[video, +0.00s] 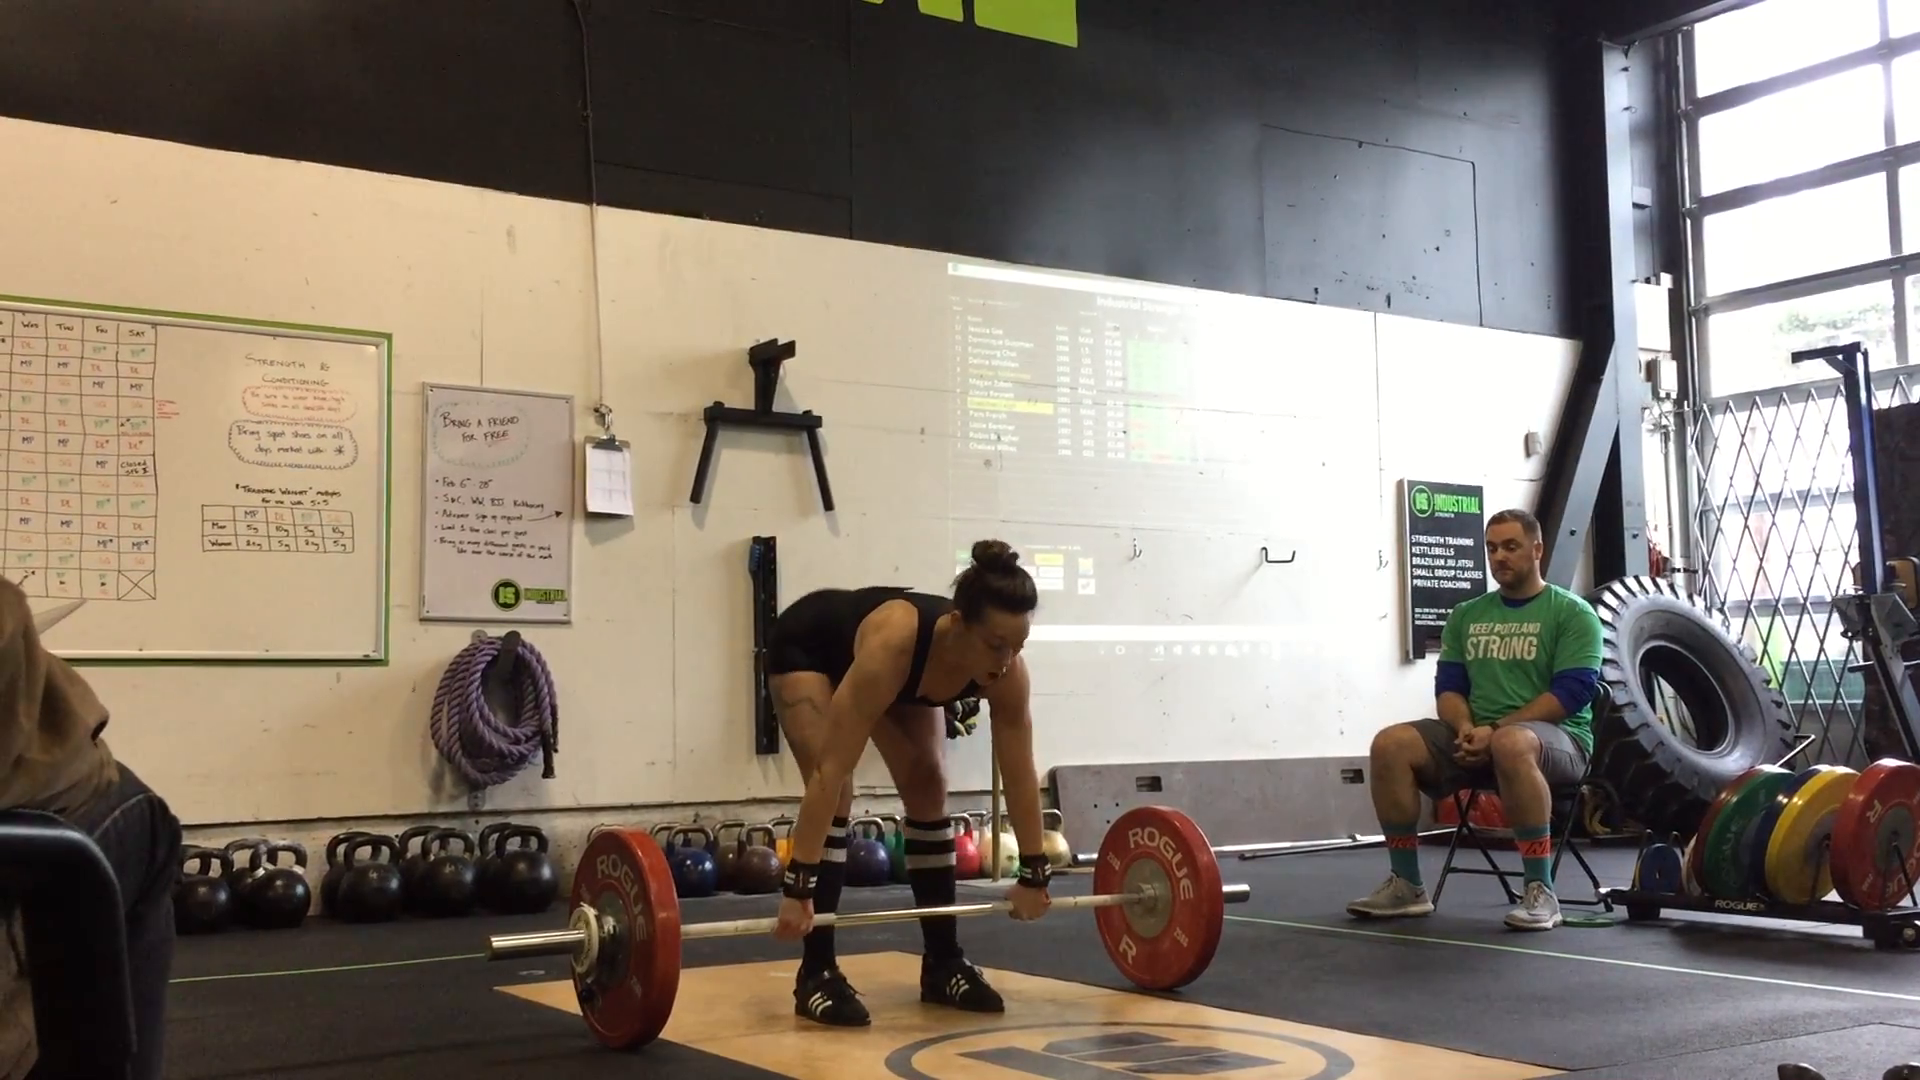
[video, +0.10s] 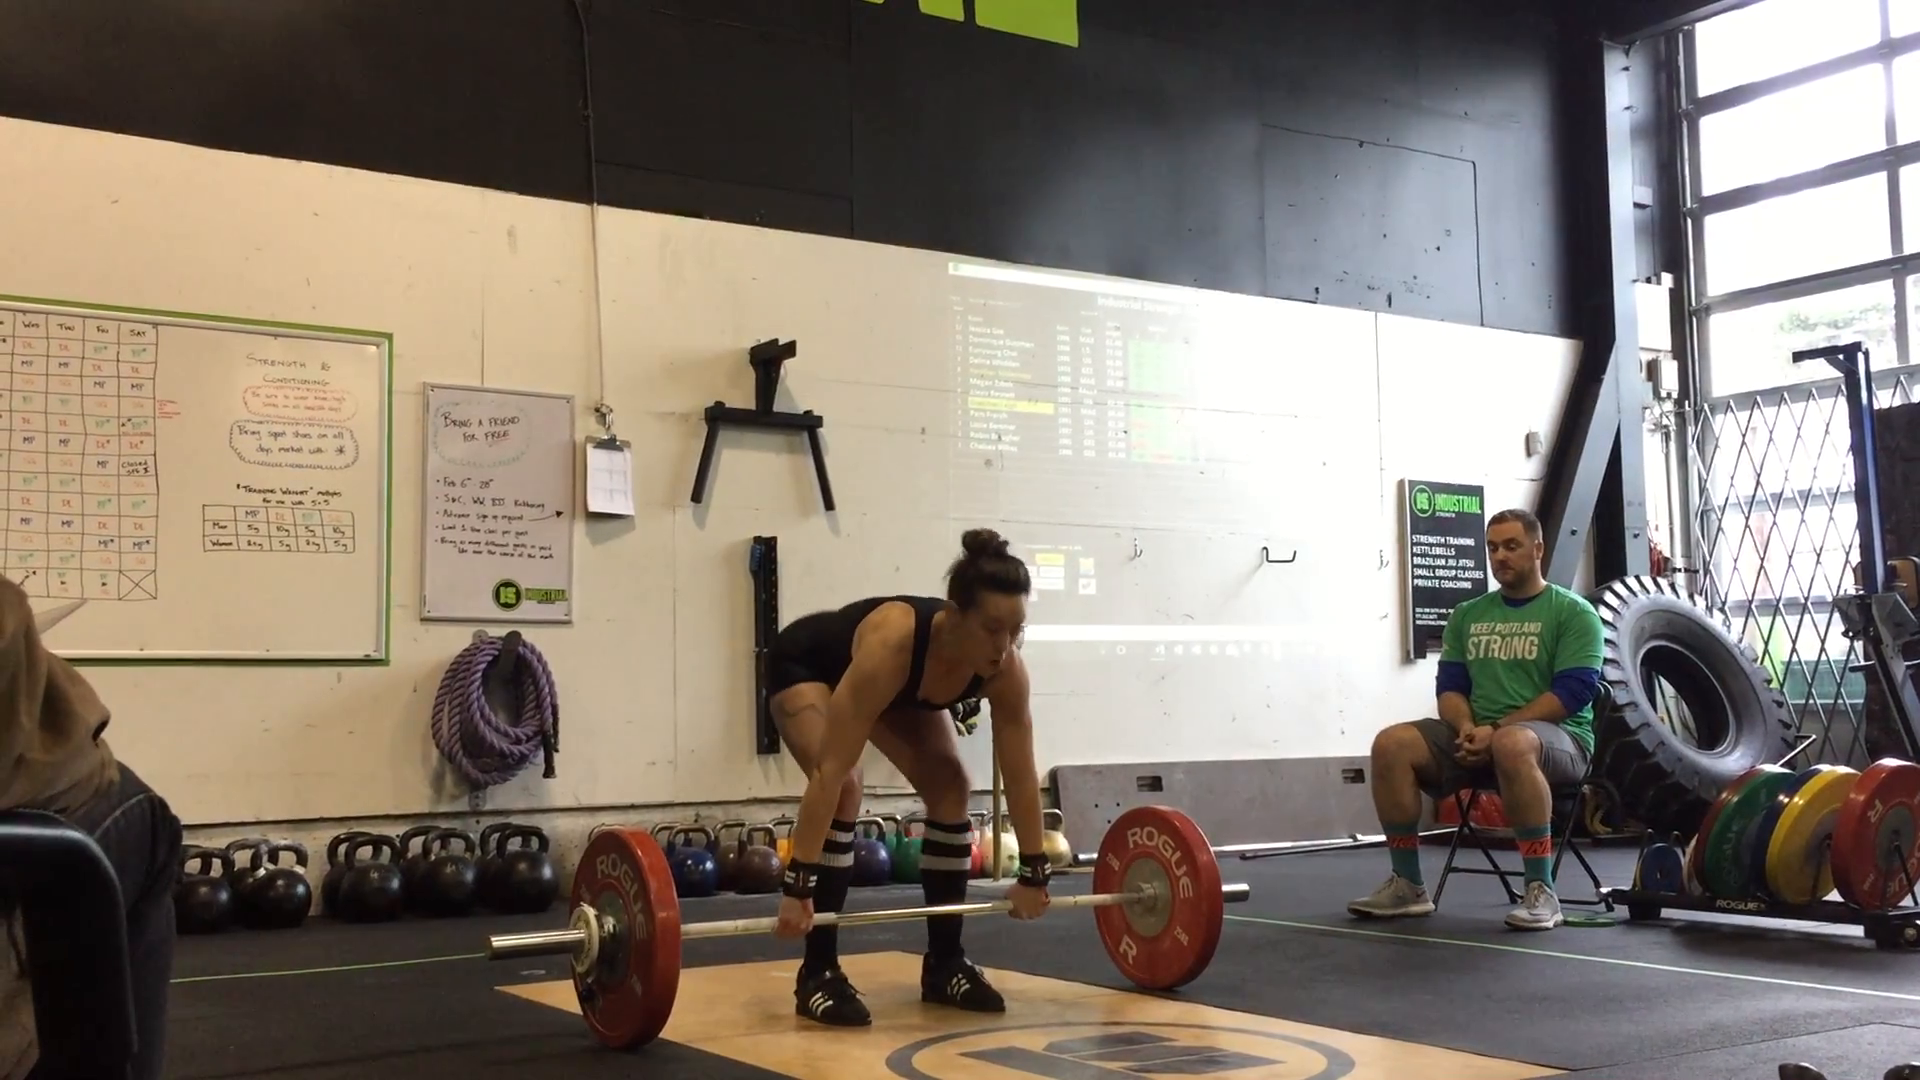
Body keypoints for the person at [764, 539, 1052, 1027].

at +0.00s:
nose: (1008, 662)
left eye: (1019, 647)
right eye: (997, 645)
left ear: (1026, 633)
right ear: (956, 624)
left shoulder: (1007, 673)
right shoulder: (893, 646)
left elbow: (1019, 775)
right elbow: (831, 771)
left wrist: (1034, 872)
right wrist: (798, 886)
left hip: (900, 670)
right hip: (805, 646)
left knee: (928, 784)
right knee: (834, 789)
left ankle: (943, 964)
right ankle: (818, 974)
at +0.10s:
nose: (1005, 645)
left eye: (1015, 630)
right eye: (993, 629)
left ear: (1024, 623)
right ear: (955, 617)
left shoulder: (1007, 672)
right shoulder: (890, 643)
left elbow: (1019, 774)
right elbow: (830, 773)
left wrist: (1034, 871)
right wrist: (799, 886)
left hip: (894, 682)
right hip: (803, 664)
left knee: (951, 788)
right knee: (843, 789)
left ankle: (945, 964)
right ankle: (819, 973)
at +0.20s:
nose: (1001, 622)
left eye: (1008, 607)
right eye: (988, 607)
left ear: (1014, 605)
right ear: (947, 599)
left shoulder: (1003, 670)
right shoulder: (888, 646)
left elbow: (1019, 772)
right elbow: (826, 768)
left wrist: (1033, 869)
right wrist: (797, 884)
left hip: (888, 700)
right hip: (804, 689)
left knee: (966, 786)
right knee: (851, 788)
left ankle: (946, 964)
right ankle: (820, 973)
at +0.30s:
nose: (995, 593)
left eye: (1000, 578)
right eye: (977, 579)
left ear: (1007, 583)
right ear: (937, 586)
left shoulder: (998, 668)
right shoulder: (883, 647)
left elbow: (1019, 771)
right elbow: (825, 764)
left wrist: (1032, 869)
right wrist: (798, 885)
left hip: (883, 719)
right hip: (804, 710)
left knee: (979, 791)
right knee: (853, 792)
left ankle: (947, 964)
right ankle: (821, 975)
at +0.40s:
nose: (985, 573)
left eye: (989, 562)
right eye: (966, 562)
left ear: (995, 573)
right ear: (927, 577)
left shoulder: (995, 667)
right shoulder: (879, 645)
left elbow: (1018, 770)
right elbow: (821, 767)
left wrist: (1034, 868)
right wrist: (798, 885)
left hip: (888, 736)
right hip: (806, 729)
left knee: (986, 795)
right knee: (857, 794)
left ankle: (948, 964)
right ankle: (822, 975)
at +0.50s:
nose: (978, 561)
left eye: (983, 552)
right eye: (959, 551)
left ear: (990, 567)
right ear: (921, 572)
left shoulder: (994, 663)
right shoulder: (878, 646)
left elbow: (1018, 769)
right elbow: (821, 765)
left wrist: (1033, 867)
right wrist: (800, 884)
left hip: (892, 750)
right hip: (812, 747)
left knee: (997, 803)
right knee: (861, 801)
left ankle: (949, 965)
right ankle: (823, 975)